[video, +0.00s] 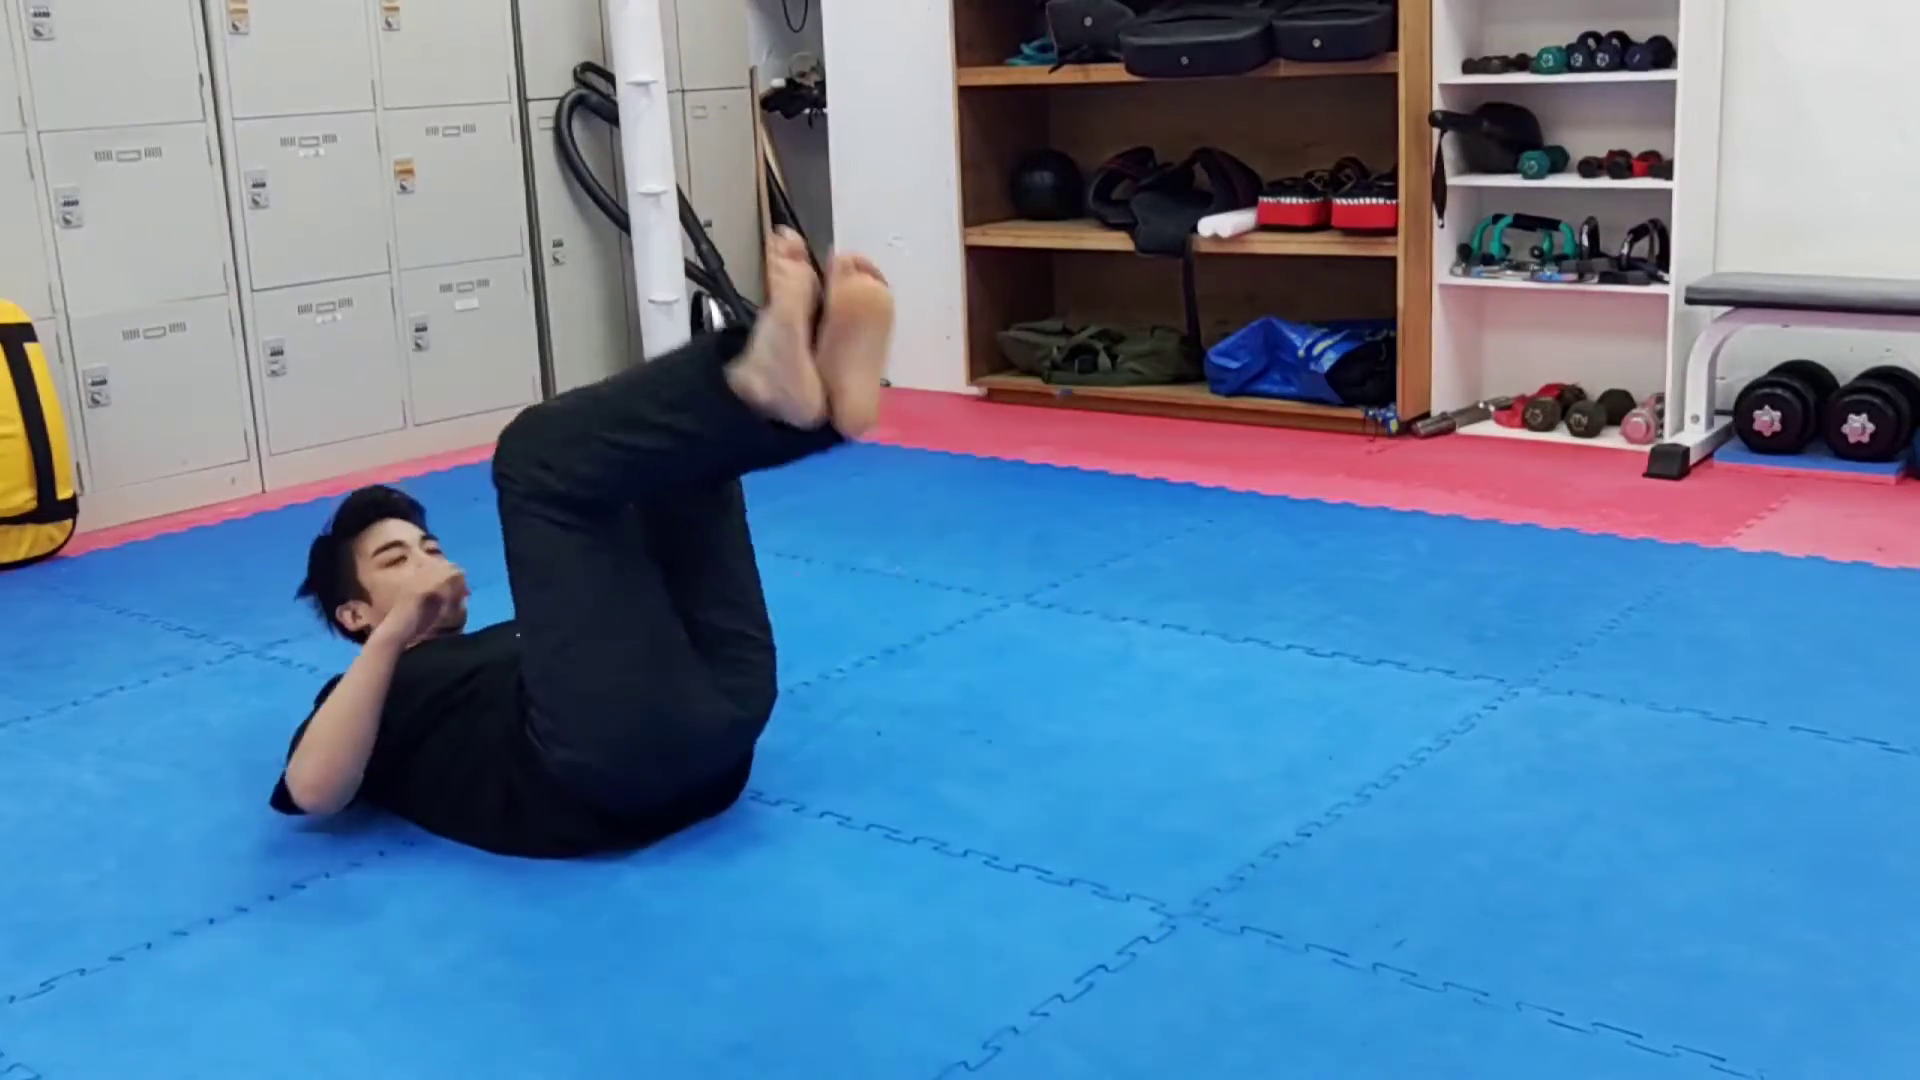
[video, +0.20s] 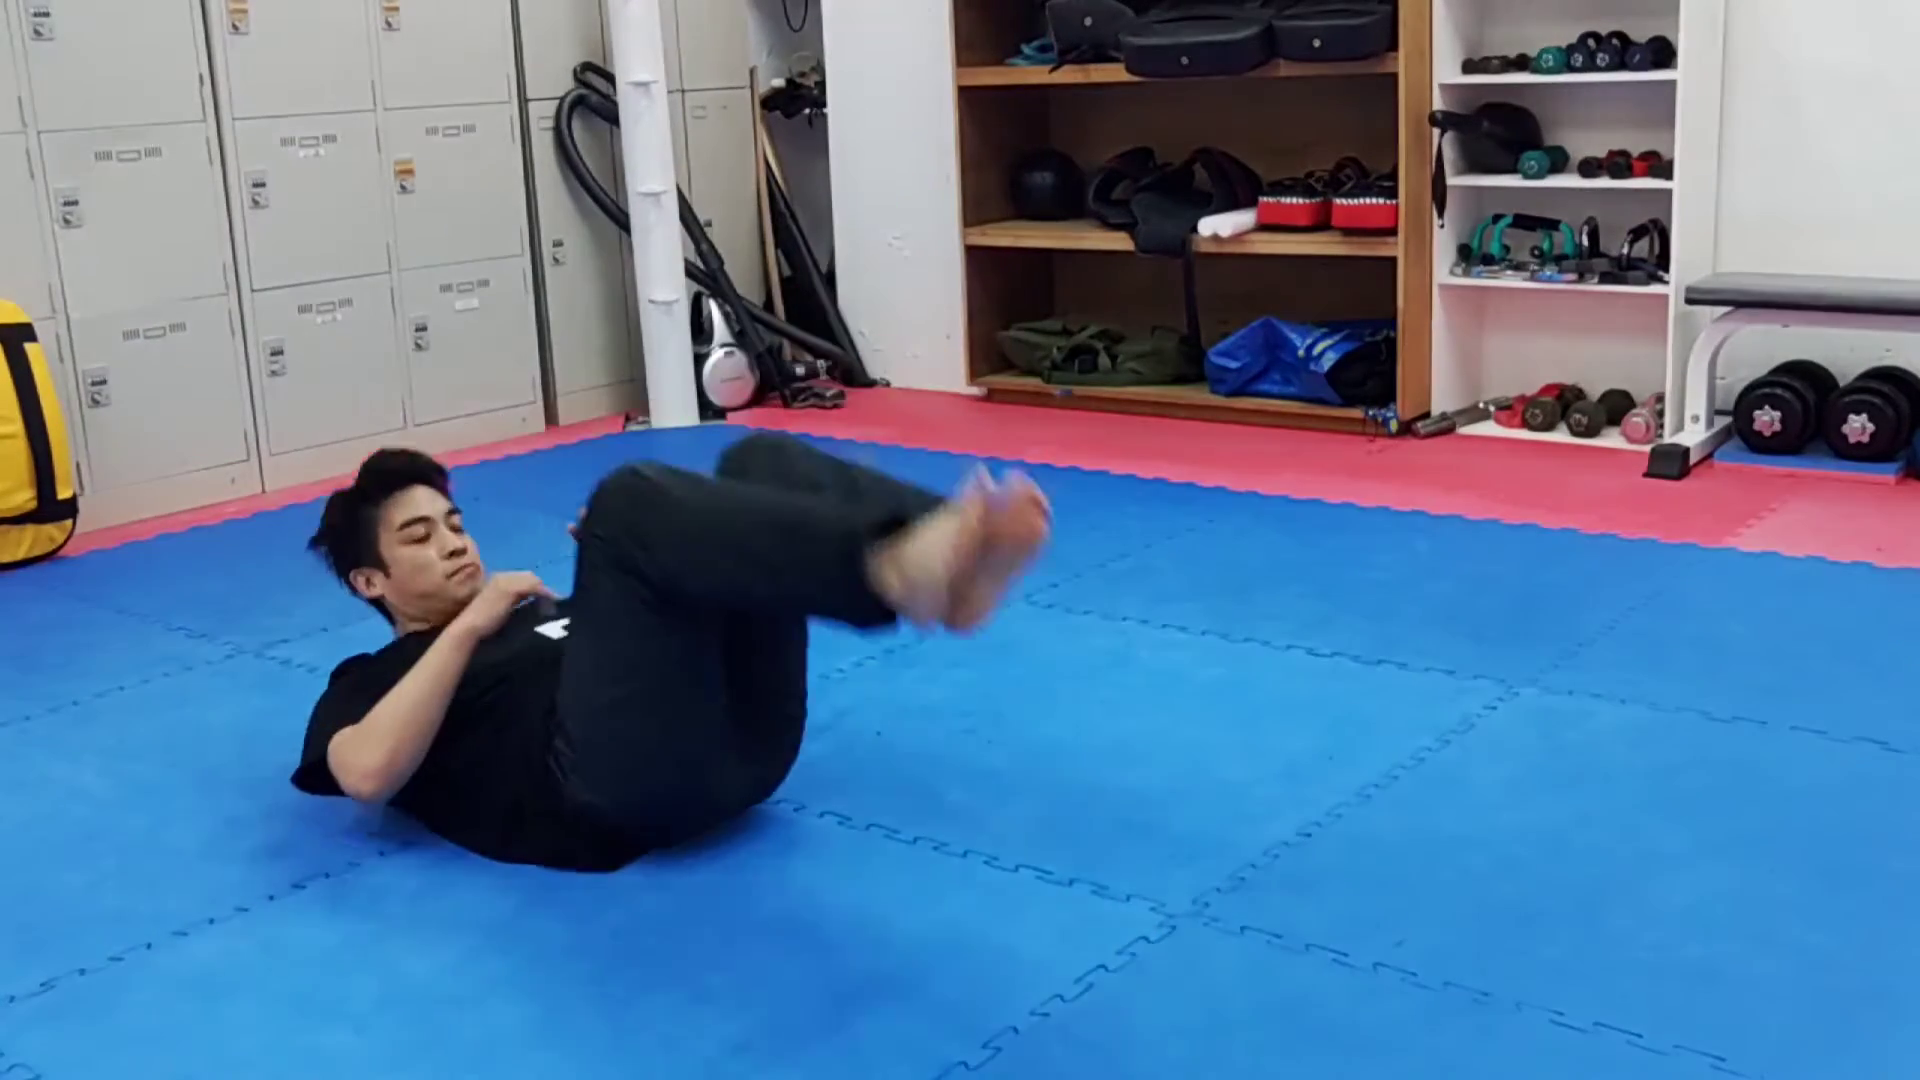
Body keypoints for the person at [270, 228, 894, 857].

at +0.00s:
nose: (429, 565)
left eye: (431, 549)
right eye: (392, 560)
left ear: (455, 571)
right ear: (355, 615)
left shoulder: (516, 641)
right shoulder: (362, 697)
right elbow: (310, 794)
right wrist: (388, 641)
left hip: (716, 733)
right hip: (613, 762)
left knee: (661, 446)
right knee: (534, 454)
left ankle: (819, 402)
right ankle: (751, 380)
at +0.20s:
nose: (452, 543)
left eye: (452, 524)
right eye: (417, 538)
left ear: (471, 535)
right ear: (371, 584)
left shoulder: (531, 606)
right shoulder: (364, 683)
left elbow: (624, 653)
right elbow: (365, 773)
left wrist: (607, 562)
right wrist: (464, 631)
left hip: (737, 745)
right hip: (623, 790)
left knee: (757, 458)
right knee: (625, 501)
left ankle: (928, 550)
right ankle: (896, 575)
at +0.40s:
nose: (512, 494)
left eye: (516, 470)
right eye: (482, 482)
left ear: (528, 466)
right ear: (417, 504)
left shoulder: (577, 556)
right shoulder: (402, 618)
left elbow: (722, 615)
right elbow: (426, 746)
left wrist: (678, 547)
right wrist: (543, 599)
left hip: (748, 771)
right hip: (628, 809)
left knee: (851, 543)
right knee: (737, 573)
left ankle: (1039, 745)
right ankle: (959, 780)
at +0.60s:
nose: (586, 468)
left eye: (593, 441)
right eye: (557, 451)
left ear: (603, 426)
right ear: (481, 450)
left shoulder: (627, 503)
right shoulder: (441, 573)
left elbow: (764, 602)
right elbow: (476, 729)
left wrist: (741, 543)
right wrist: (589, 585)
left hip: (770, 758)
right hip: (649, 807)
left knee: (882, 550)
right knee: (752, 586)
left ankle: (1041, 780)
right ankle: (962, 823)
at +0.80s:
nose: (603, 460)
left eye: (612, 433)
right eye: (575, 442)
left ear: (622, 412)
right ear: (497, 438)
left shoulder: (644, 494)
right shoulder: (452, 561)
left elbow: (783, 602)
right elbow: (487, 725)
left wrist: (759, 535)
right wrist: (609, 589)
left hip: (772, 758)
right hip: (649, 806)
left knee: (898, 561)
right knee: (774, 602)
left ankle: (1047, 805)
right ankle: (961, 860)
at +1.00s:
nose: (576, 470)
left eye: (581, 443)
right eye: (546, 454)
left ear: (589, 425)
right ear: (471, 457)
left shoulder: (622, 502)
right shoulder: (440, 575)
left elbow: (776, 590)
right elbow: (477, 722)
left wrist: (724, 512)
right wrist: (582, 572)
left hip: (773, 753)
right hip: (651, 801)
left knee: (904, 561)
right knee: (777, 588)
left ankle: (1048, 802)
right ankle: (961, 843)